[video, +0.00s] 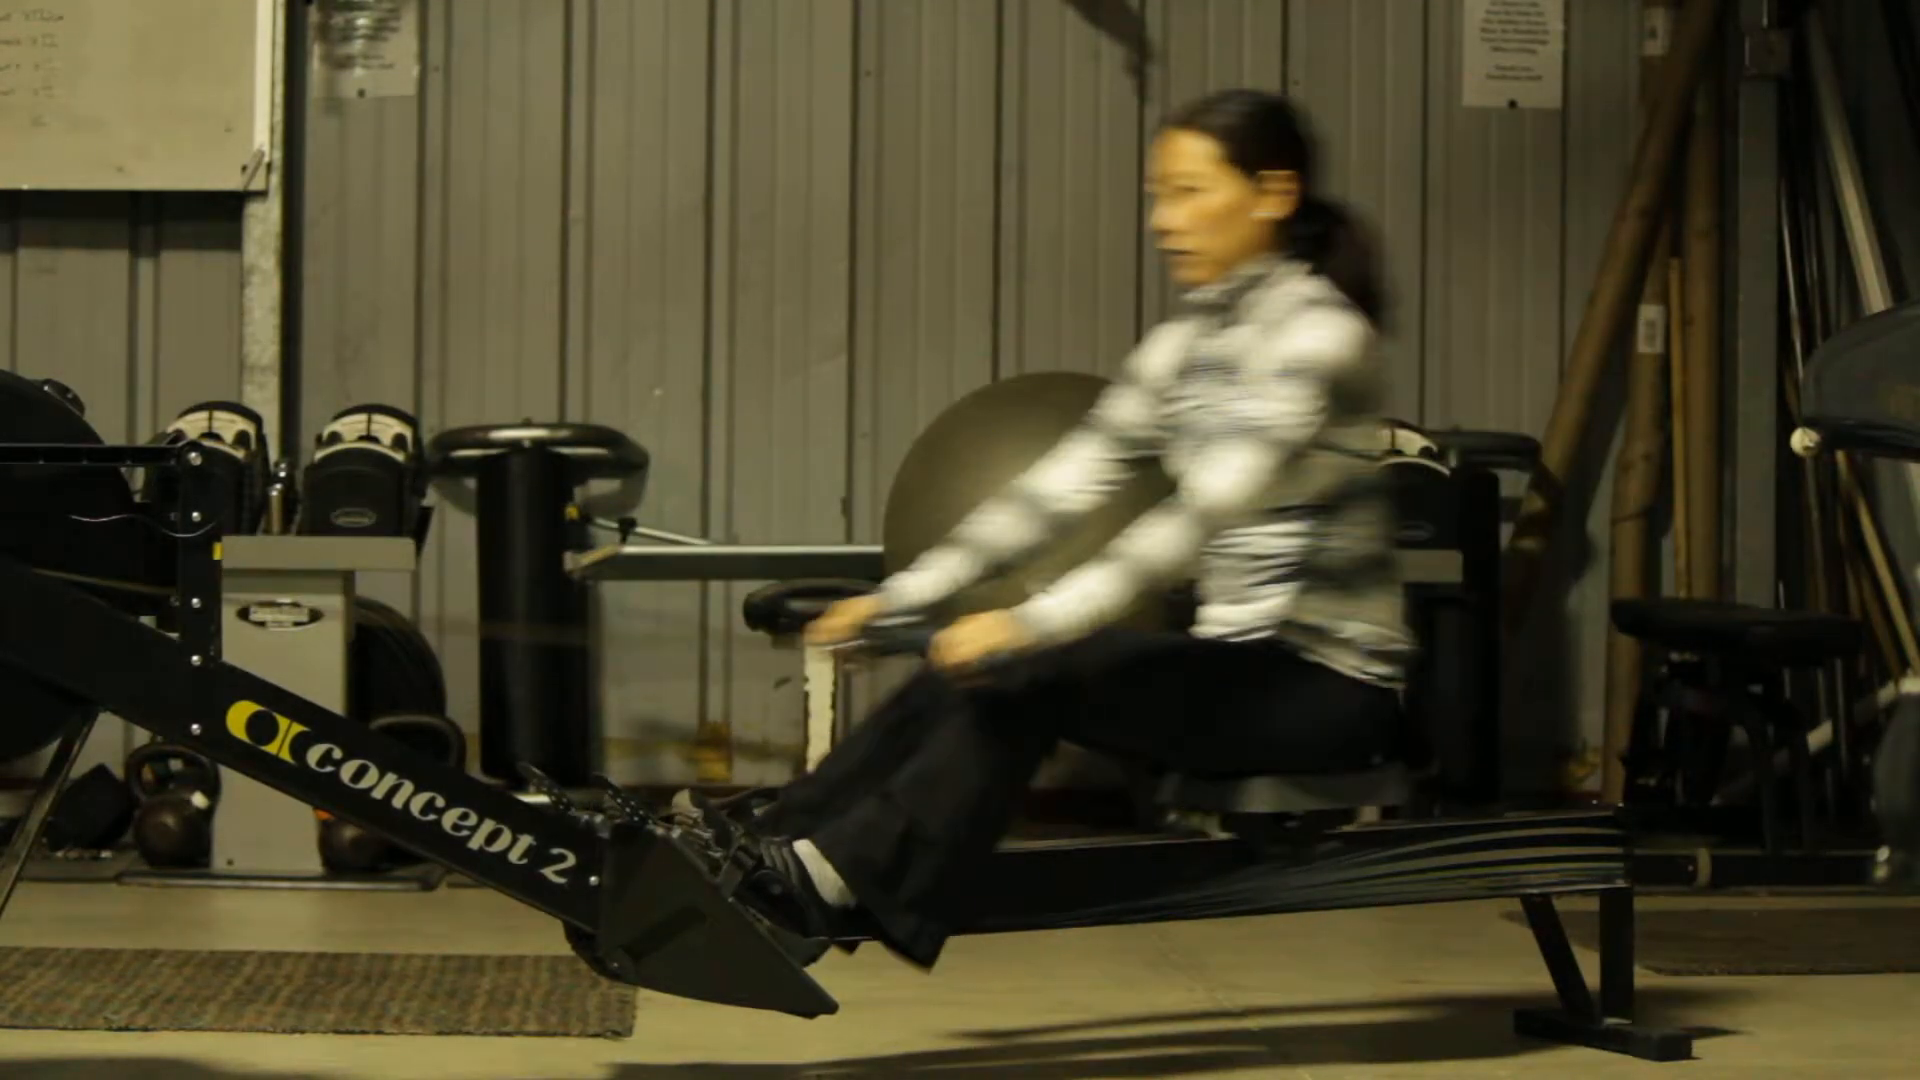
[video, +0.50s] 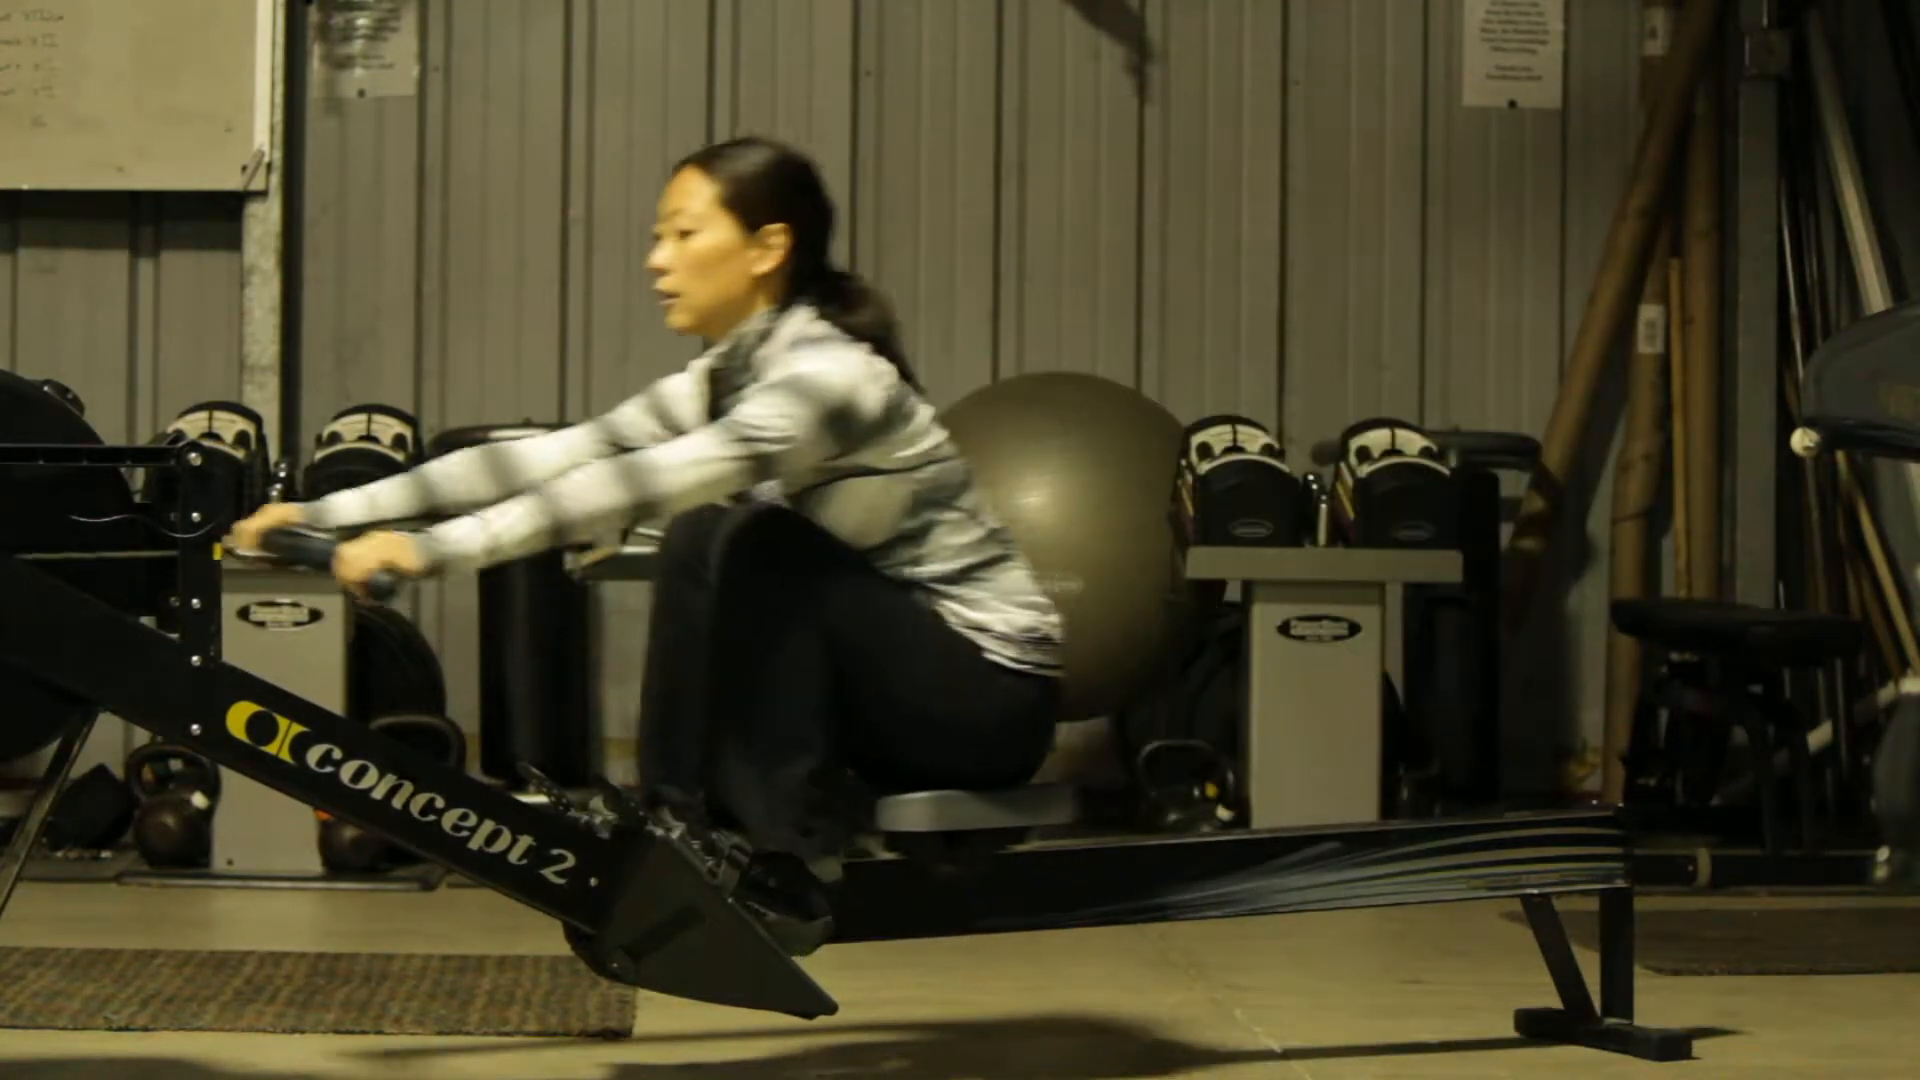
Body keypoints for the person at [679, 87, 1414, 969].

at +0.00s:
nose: (1164, 220)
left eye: (1189, 193)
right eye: (1160, 196)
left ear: (1275, 196)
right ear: (1156, 197)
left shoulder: (1321, 334)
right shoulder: (1182, 341)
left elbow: (1198, 518)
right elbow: (1061, 487)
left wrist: (1032, 622)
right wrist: (892, 600)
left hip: (1332, 681)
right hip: (1230, 659)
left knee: (1022, 686)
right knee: (966, 663)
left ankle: (827, 884)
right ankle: (766, 849)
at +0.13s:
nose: (1016, 225)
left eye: (1044, 197)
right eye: (1014, 202)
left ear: (1134, 203)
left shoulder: (1173, 341)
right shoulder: (1054, 342)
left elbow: (1037, 512)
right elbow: (921, 476)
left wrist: (867, 633)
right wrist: (735, 596)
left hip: (1242, 688)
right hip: (1146, 666)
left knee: (988, 629)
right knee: (935, 621)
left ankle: (836, 867)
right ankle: (771, 825)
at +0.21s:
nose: (922, 230)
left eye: (950, 202)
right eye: (922, 206)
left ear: (1039, 210)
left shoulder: (1080, 347)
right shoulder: (969, 349)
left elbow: (931, 519)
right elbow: (823, 472)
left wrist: (754, 616)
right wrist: (623, 576)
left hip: (1180, 696)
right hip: (1095, 687)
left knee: (937, 589)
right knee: (888, 589)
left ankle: (752, 833)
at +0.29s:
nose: (832, 235)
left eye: (860, 207)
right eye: (833, 210)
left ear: (946, 221)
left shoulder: (989, 354)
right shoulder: (887, 352)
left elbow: (838, 504)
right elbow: (733, 463)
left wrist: (644, 596)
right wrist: (521, 554)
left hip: (1118, 689)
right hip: (1036, 678)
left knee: (879, 575)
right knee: (818, 582)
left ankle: (795, 866)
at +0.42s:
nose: (713, 251)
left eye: (738, 226)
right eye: (716, 228)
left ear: (828, 236)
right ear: (789, 243)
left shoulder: (881, 361)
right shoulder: (771, 373)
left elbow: (712, 484)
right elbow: (603, 457)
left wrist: (501, 566)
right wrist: (384, 521)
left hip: (1031, 692)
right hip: (941, 687)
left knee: (802, 550)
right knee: (736, 546)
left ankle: (778, 866)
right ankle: (688, 832)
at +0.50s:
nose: (655, 262)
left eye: (682, 236)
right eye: (661, 238)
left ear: (770, 249)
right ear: (742, 254)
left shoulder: (827, 368)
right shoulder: (719, 382)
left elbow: (658, 481)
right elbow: (548, 458)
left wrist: (436, 549)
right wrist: (321, 515)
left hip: (989, 694)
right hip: (896, 689)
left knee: (761, 543)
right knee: (696, 543)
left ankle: (782, 865)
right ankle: (691, 842)